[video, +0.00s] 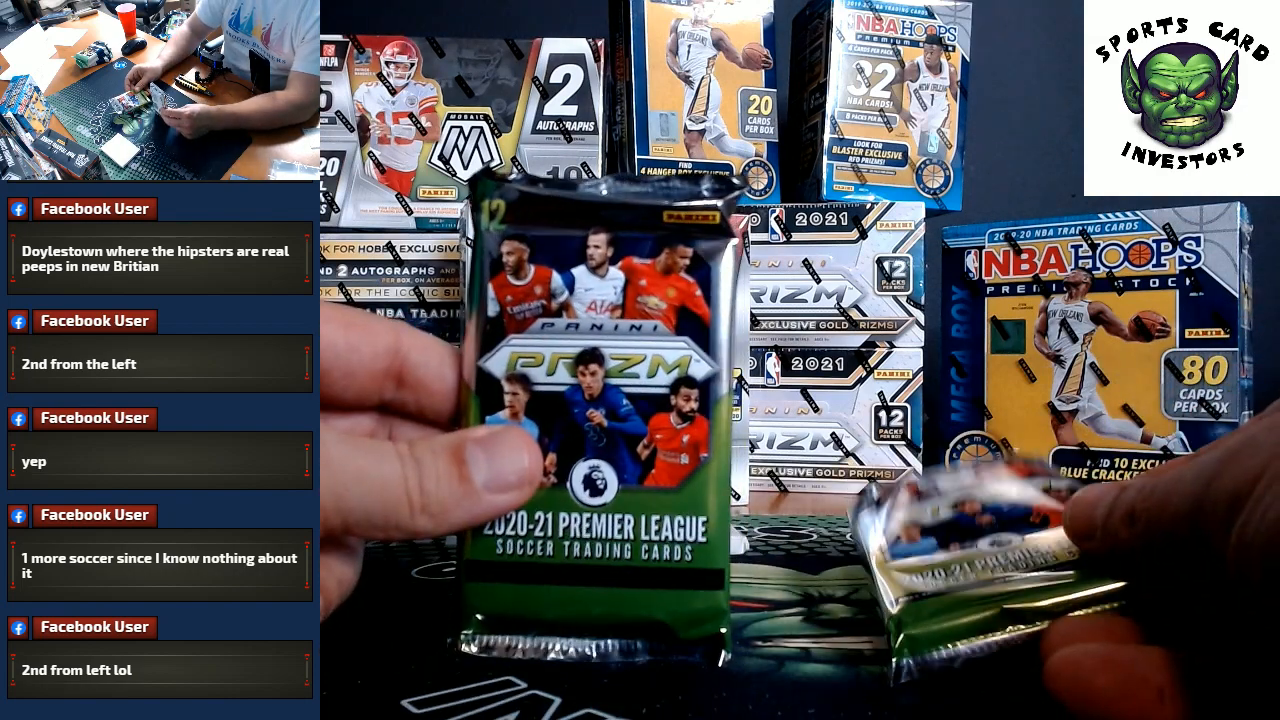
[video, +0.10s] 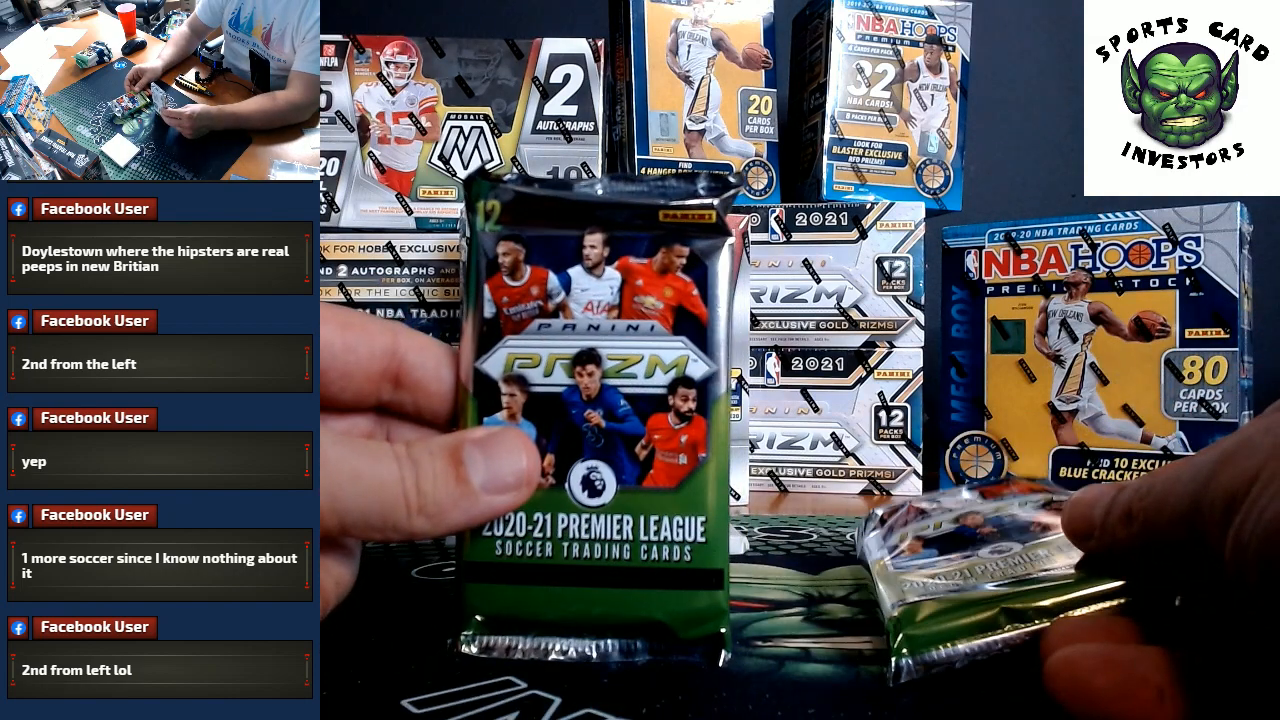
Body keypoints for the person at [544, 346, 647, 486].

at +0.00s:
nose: (588, 381)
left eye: (593, 374)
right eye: (582, 375)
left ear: (603, 373)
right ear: (577, 376)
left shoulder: (613, 395)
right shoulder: (572, 396)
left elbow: (640, 428)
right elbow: (564, 425)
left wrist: (607, 424)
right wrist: (553, 451)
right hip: (592, 462)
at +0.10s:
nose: (585, 381)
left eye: (590, 375)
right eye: (580, 375)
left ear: (600, 373)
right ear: (574, 376)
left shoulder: (611, 395)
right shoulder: (569, 397)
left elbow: (638, 428)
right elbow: (562, 425)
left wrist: (605, 425)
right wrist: (551, 452)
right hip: (590, 463)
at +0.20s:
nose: (584, 383)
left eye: (589, 376)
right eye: (579, 376)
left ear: (599, 374)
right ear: (574, 377)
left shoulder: (610, 396)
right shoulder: (568, 398)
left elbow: (638, 430)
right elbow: (560, 426)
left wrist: (605, 426)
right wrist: (551, 453)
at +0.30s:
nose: (586, 384)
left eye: (591, 377)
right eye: (581, 378)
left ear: (601, 375)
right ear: (575, 379)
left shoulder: (612, 398)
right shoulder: (569, 400)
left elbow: (640, 431)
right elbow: (561, 428)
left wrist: (607, 427)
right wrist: (552, 455)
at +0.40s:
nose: (587, 384)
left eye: (592, 377)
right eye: (582, 378)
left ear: (602, 376)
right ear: (576, 379)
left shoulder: (614, 399)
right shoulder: (571, 400)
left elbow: (641, 432)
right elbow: (563, 428)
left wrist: (608, 428)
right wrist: (553, 455)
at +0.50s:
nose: (587, 384)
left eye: (592, 378)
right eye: (582, 378)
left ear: (602, 376)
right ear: (576, 379)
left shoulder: (613, 399)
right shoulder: (571, 401)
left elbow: (641, 432)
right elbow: (562, 428)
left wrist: (608, 428)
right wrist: (553, 455)